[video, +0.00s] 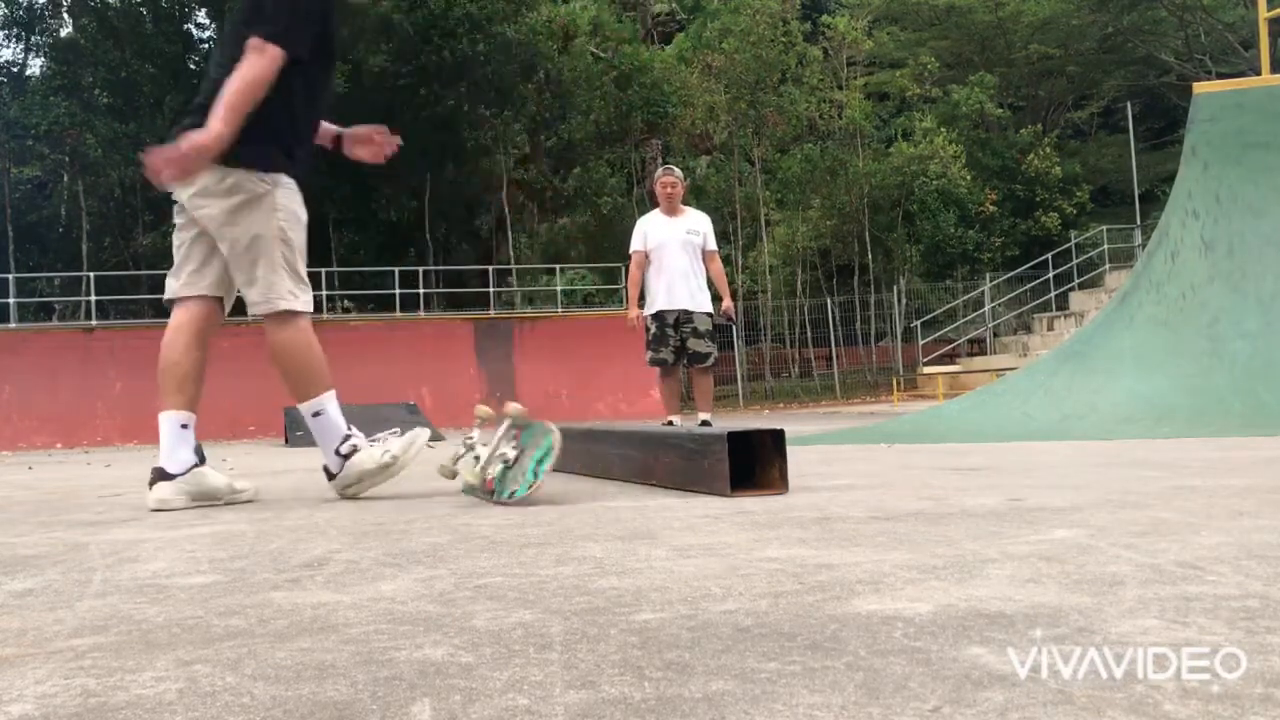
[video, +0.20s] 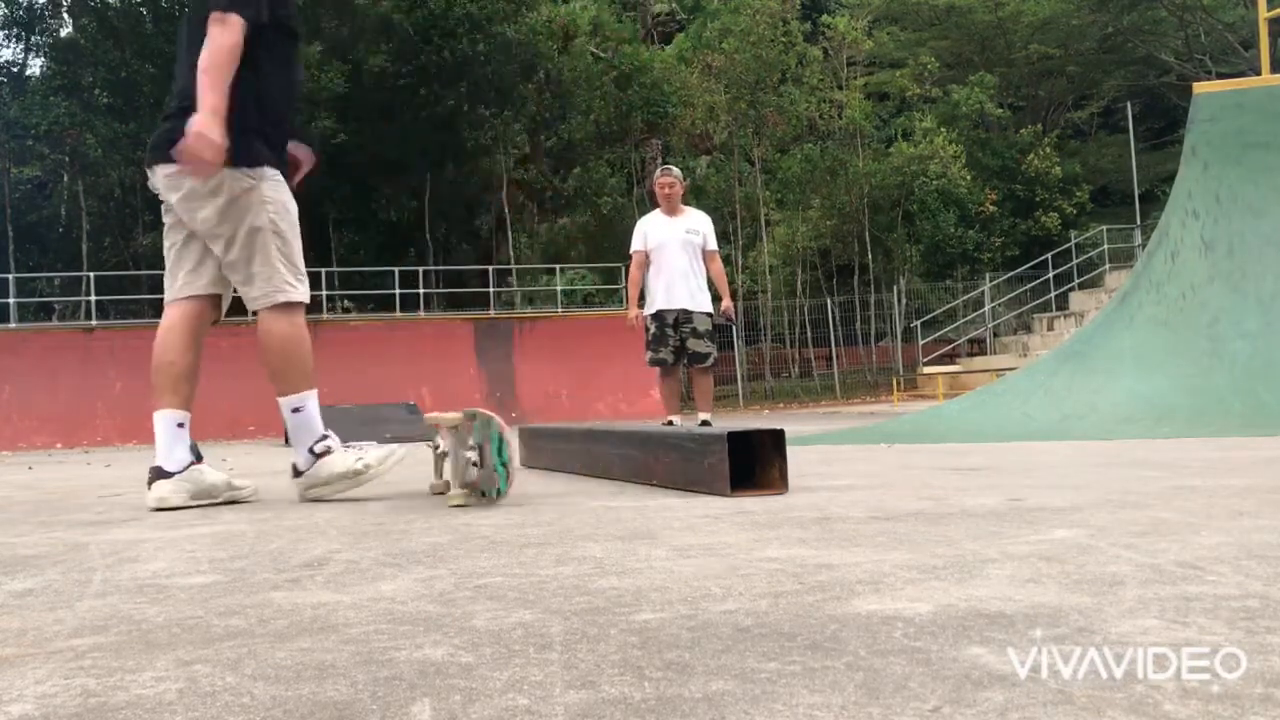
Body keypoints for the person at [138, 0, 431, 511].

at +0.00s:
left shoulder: (274, 14)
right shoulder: (299, 7)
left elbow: (265, 100)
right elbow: (260, 58)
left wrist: (339, 137)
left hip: (208, 163)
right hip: (253, 168)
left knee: (194, 309)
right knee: (286, 313)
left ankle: (176, 467)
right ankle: (342, 453)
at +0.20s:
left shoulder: (234, 13)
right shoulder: (247, 3)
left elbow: (233, 73)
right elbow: (223, 33)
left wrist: (275, 144)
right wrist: (210, 118)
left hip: (186, 157)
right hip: (236, 160)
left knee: (188, 304)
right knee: (281, 301)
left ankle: (174, 466)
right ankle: (313, 454)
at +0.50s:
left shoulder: (189, 11)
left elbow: (164, 89)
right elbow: (240, 32)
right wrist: (297, 126)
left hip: (179, 152)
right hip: (236, 151)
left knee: (194, 300)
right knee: (288, 297)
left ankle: (175, 466)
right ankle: (295, 457)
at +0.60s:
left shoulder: (181, 9)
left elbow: (172, 89)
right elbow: (243, 32)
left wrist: (204, 147)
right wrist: (301, 127)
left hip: (181, 152)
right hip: (241, 150)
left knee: (197, 299)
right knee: (298, 296)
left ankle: (176, 465)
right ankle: (296, 454)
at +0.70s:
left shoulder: (190, 9)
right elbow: (249, 33)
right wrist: (299, 130)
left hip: (187, 151)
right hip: (244, 150)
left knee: (202, 298)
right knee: (299, 298)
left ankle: (178, 465)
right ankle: (305, 454)